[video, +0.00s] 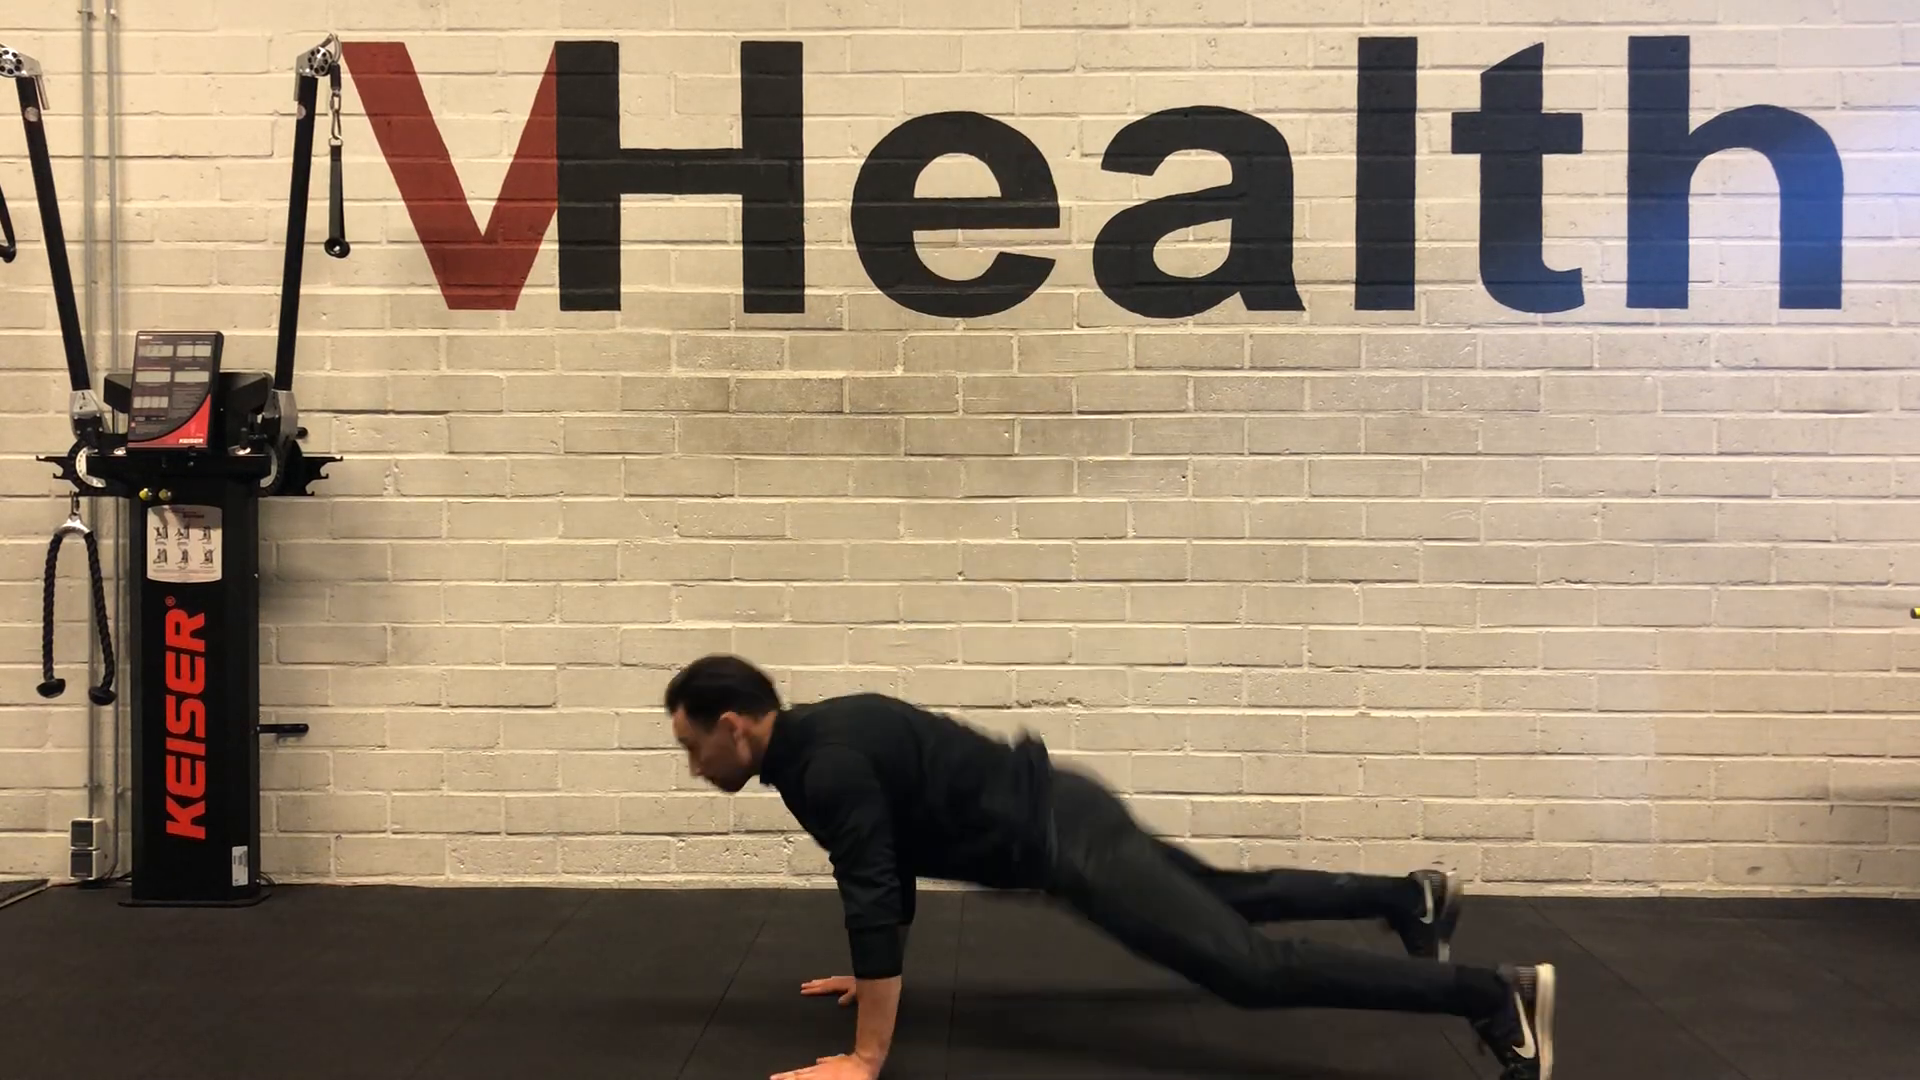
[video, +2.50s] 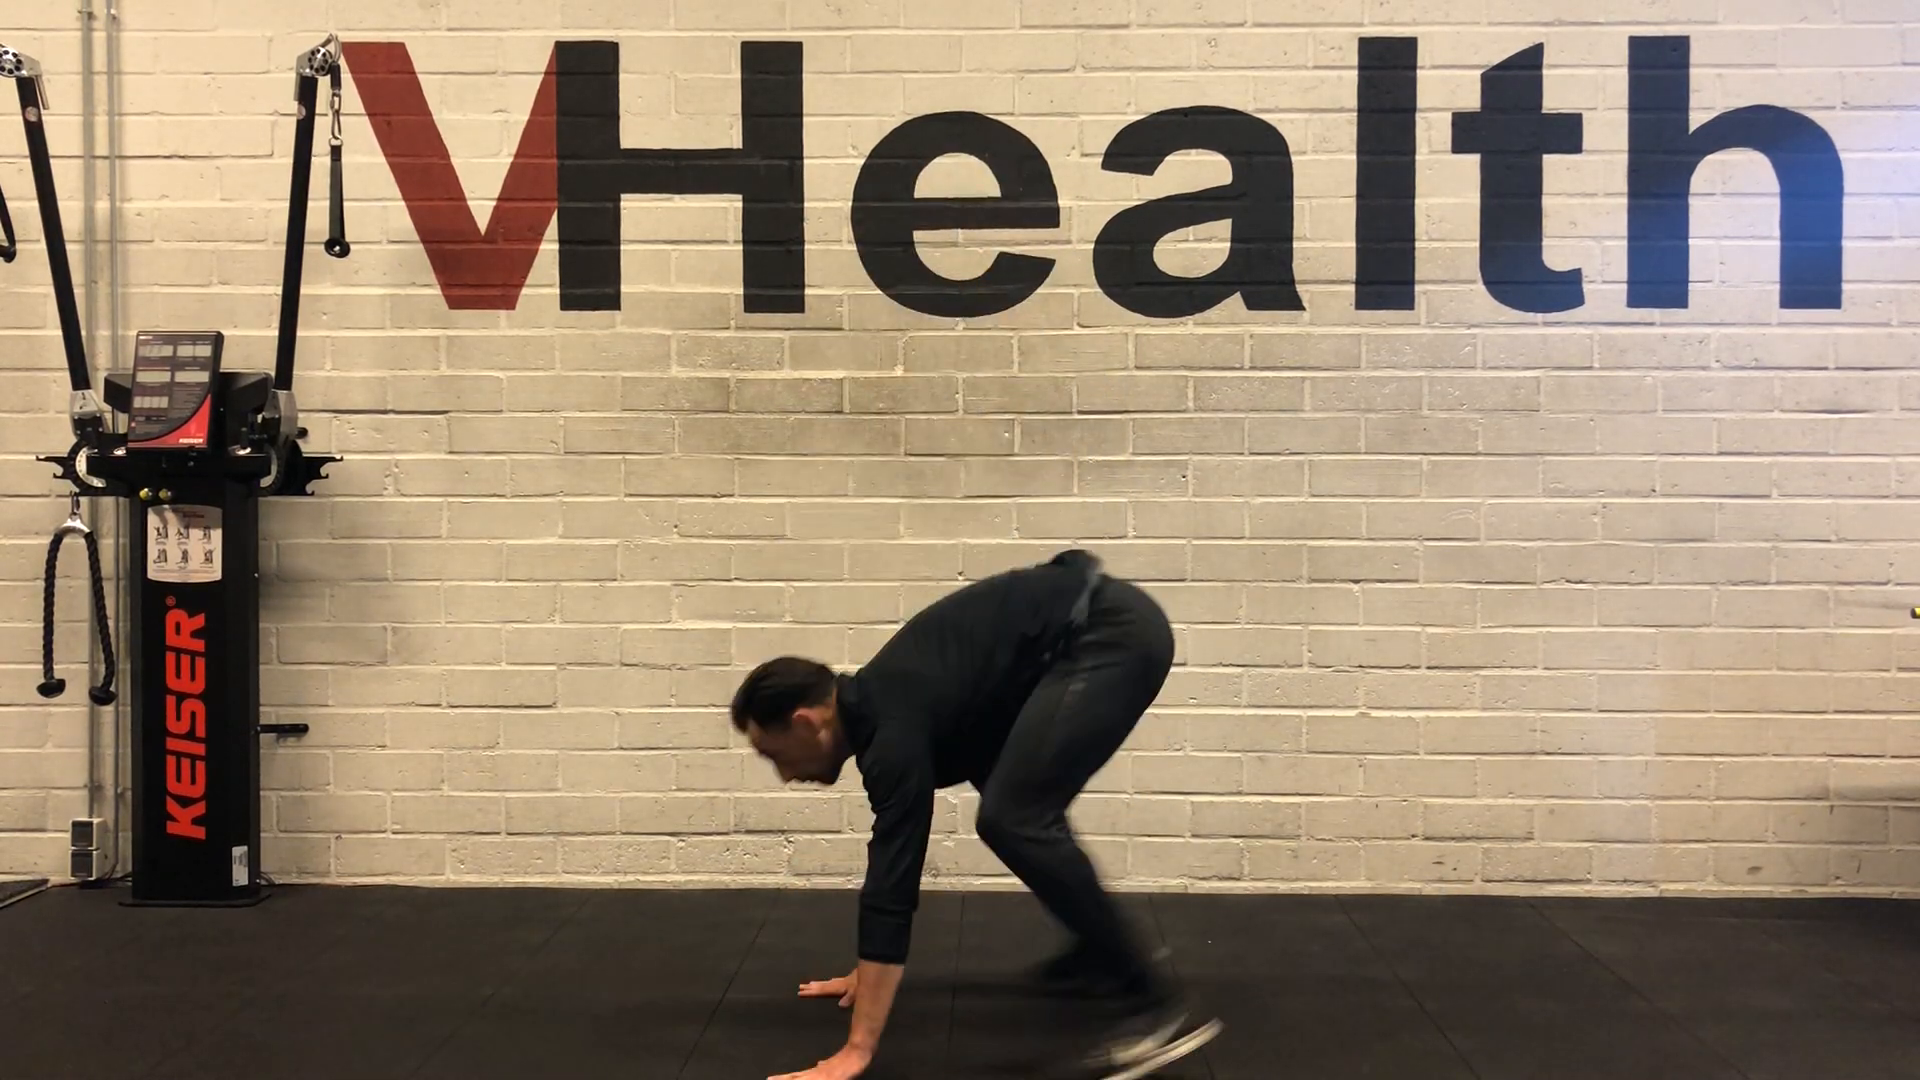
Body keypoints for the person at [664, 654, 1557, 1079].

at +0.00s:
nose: (691, 762)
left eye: (694, 744)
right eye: (686, 747)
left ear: (737, 724)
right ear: (742, 714)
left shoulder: (826, 760)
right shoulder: (812, 745)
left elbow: (878, 902)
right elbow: (872, 877)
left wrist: (867, 1052)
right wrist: (868, 978)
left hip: (1061, 833)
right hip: (1054, 813)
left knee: (1252, 970)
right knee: (1220, 900)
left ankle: (1487, 995)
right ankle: (1407, 897)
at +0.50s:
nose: (724, 790)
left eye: (722, 773)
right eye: (716, 776)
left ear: (758, 742)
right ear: (763, 731)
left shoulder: (849, 752)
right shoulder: (837, 732)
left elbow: (880, 896)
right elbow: (873, 866)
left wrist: (864, 1057)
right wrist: (866, 966)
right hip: (1083, 697)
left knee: (1165, 904)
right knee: (1171, 864)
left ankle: (1409, 948)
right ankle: (1364, 891)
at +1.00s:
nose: (825, 401)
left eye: (833, 383)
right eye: (824, 384)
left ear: (882, 379)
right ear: (885, 382)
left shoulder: (946, 457)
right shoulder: (930, 451)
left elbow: (938, 616)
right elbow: (939, 613)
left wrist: (894, 753)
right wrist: (896, 741)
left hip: (1118, 634)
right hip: (1071, 635)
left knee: (1003, 805)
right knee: (974, 773)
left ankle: (1081, 1033)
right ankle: (1046, 959)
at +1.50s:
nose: (944, 232)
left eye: (955, 216)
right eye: (943, 217)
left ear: (1012, 218)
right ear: (1009, 223)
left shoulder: (1052, 323)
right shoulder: (1016, 316)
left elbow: (1077, 477)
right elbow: (1032, 468)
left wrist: (1083, 616)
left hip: (1023, 602)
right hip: (997, 596)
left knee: (1047, 807)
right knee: (1032, 794)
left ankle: (1084, 1036)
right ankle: (1055, 958)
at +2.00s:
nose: (847, 334)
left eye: (851, 314)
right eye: (840, 318)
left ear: (899, 291)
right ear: (896, 295)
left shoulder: (971, 381)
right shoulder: (948, 376)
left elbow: (981, 540)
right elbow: (980, 537)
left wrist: (965, 674)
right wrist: (968, 661)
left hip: (1100, 600)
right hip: (1059, 602)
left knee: (1035, 792)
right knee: (1010, 769)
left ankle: (1083, 1032)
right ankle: (1056, 956)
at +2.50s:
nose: (782, 773)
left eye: (774, 755)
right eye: (769, 760)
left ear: (807, 720)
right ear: (814, 709)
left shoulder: (894, 732)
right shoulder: (878, 701)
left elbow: (893, 891)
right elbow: (889, 862)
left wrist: (858, 1049)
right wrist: (869, 969)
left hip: (1116, 634)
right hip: (1093, 626)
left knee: (1014, 818)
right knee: (1009, 801)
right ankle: (1105, 942)